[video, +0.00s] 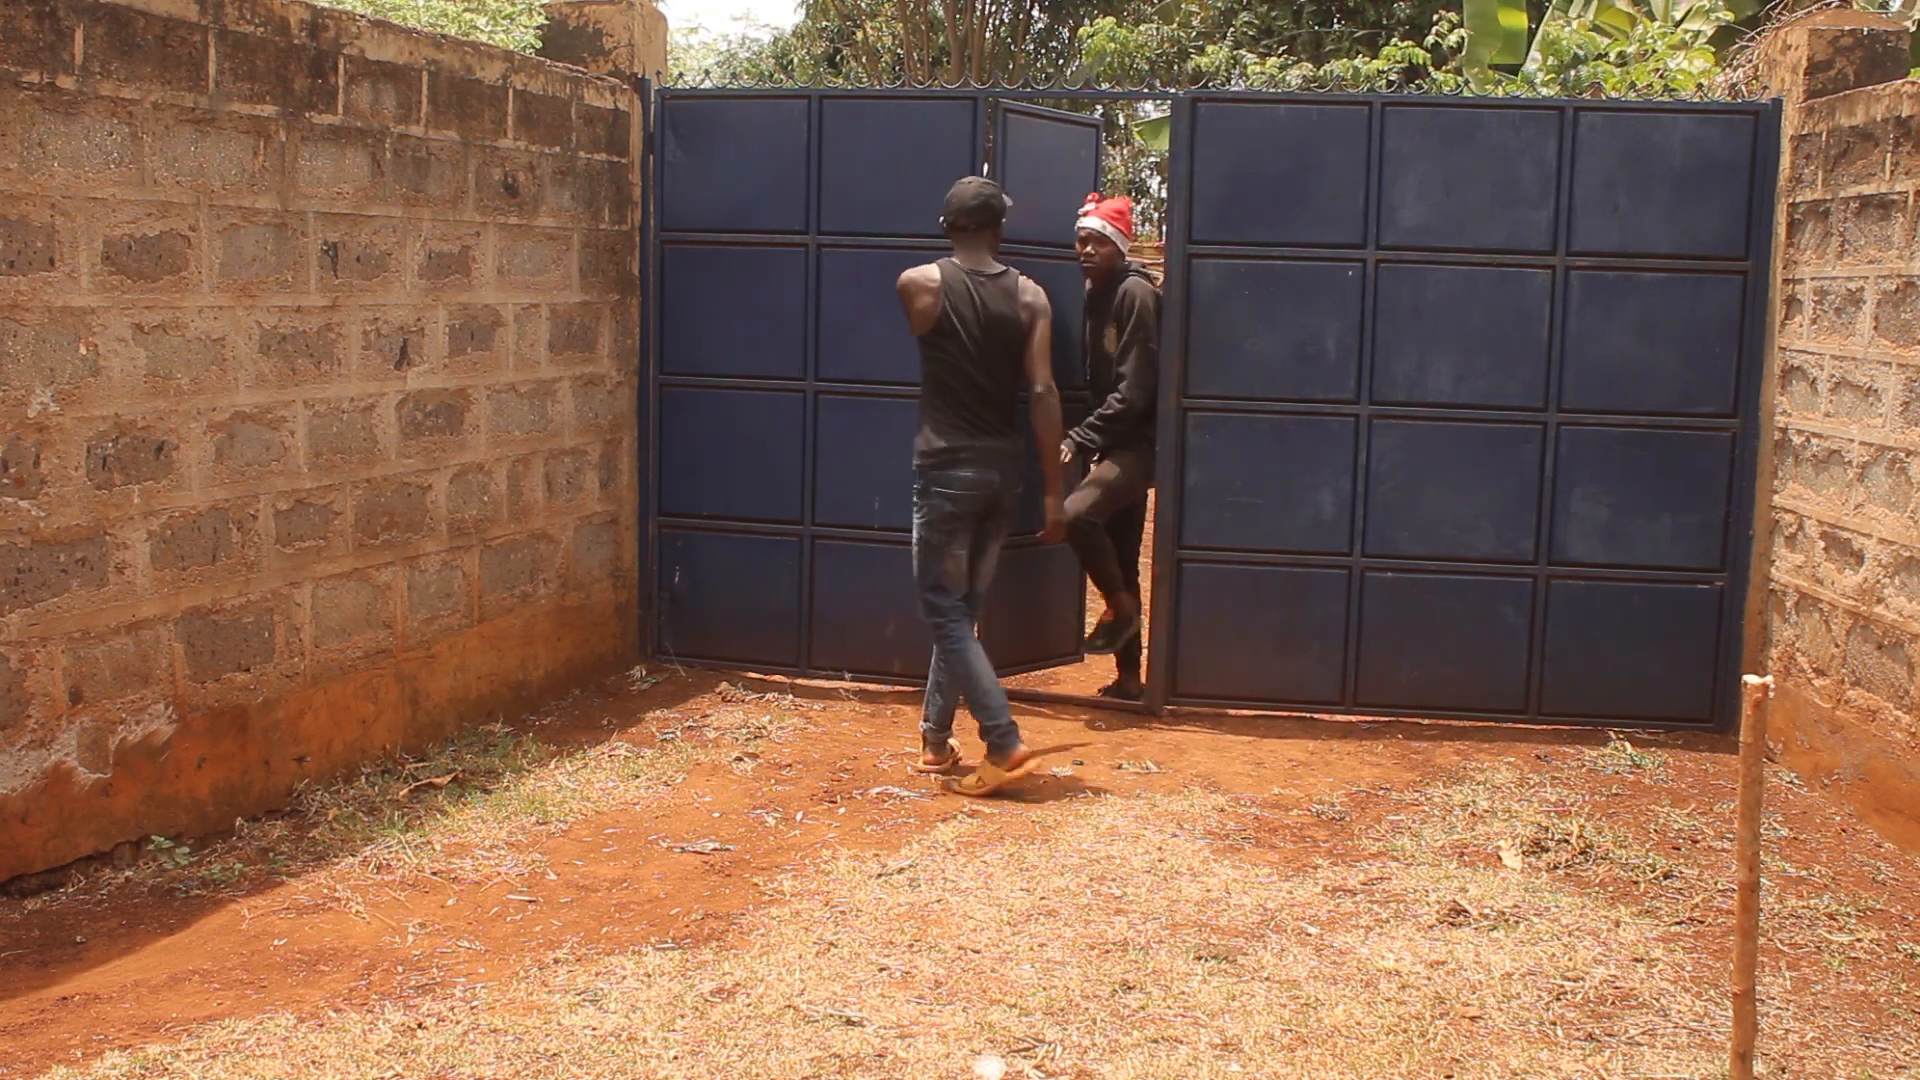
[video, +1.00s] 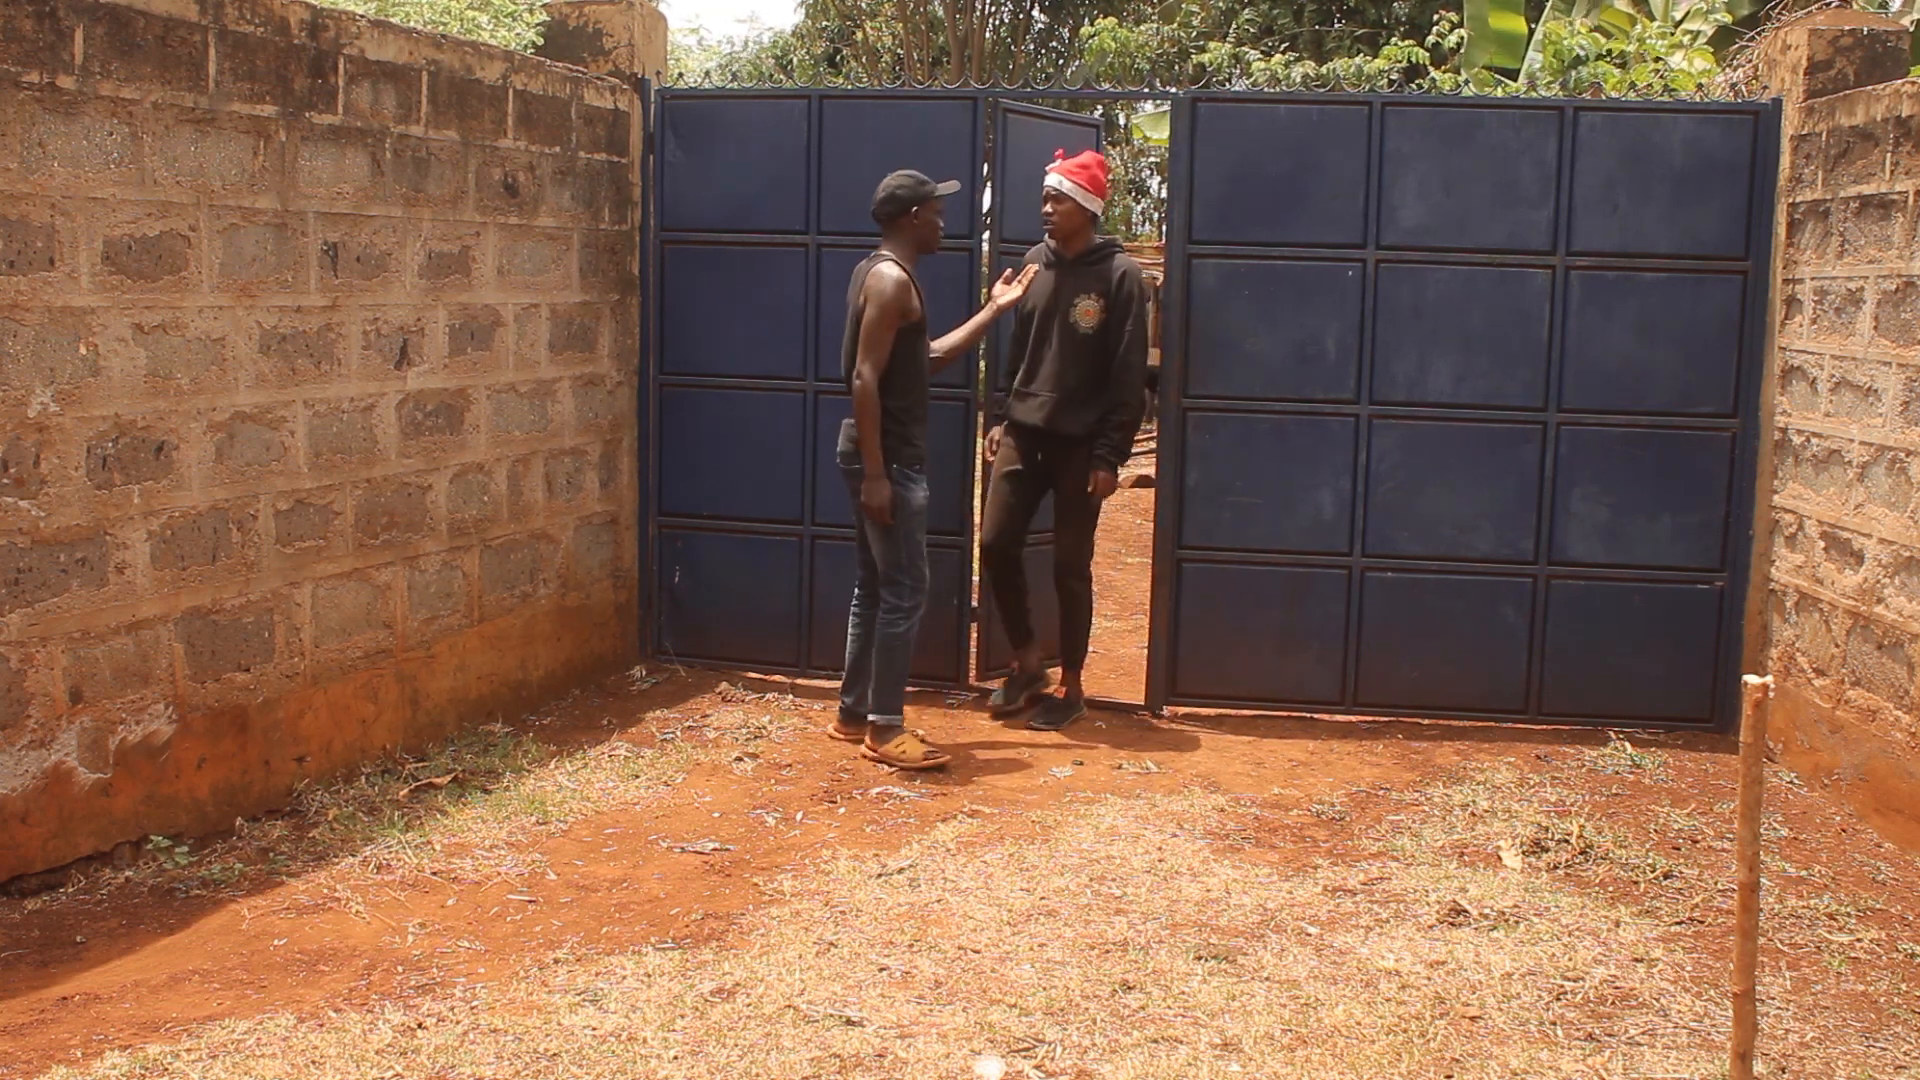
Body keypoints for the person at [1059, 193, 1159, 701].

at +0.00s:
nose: (1084, 249)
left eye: (1096, 240)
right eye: (1081, 240)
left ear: (1122, 246)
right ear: (1079, 245)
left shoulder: (1137, 294)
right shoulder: (1097, 296)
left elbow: (1136, 391)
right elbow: (1101, 382)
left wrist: (1079, 437)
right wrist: (1085, 439)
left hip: (1138, 442)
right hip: (1112, 441)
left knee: (1077, 513)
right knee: (1121, 555)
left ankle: (1120, 605)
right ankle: (1129, 676)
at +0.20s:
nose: (1068, 246)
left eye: (1079, 238)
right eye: (1064, 237)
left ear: (1106, 244)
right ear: (1063, 241)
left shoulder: (1123, 293)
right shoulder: (1082, 292)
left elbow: (1129, 395)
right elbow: (1083, 375)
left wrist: (1080, 444)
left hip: (1123, 447)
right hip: (1096, 446)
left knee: (1065, 546)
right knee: (1107, 563)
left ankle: (1068, 686)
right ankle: (1127, 675)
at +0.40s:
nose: (1059, 239)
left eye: (1072, 231)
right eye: (1055, 229)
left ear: (1097, 239)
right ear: (1050, 233)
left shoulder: (1116, 295)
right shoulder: (1063, 288)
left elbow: (1123, 398)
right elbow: (1064, 375)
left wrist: (1079, 460)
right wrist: (1056, 439)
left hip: (1104, 450)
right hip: (1071, 443)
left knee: (1056, 560)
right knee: (1086, 563)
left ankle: (1069, 691)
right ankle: (1117, 665)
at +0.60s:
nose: (1056, 223)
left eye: (1069, 214)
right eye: (1053, 212)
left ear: (1098, 221)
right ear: (1049, 216)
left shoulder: (1121, 281)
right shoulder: (1052, 276)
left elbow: (1123, 386)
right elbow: (1050, 358)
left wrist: (1079, 448)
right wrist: (1041, 428)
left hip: (1095, 444)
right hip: (1047, 437)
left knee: (1064, 564)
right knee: (1025, 554)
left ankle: (1071, 694)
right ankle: (1105, 621)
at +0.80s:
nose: (1054, 213)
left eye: (1067, 204)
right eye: (1052, 202)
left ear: (1099, 212)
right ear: (1050, 206)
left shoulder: (1127, 277)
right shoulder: (1045, 267)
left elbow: (1128, 382)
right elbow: (1041, 352)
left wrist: (1087, 443)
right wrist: (1023, 419)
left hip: (1090, 439)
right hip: (1033, 429)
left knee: (1071, 562)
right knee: (994, 538)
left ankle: (1070, 691)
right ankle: (1083, 601)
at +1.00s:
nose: (1047, 209)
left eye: (1060, 200)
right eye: (1046, 199)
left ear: (1091, 209)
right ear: (1046, 204)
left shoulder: (1123, 275)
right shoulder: (1036, 266)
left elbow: (1130, 374)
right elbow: (1019, 352)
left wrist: (1111, 454)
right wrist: (999, 421)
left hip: (1082, 441)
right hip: (1023, 434)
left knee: (1071, 567)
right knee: (994, 545)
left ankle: (1070, 687)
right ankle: (1026, 663)